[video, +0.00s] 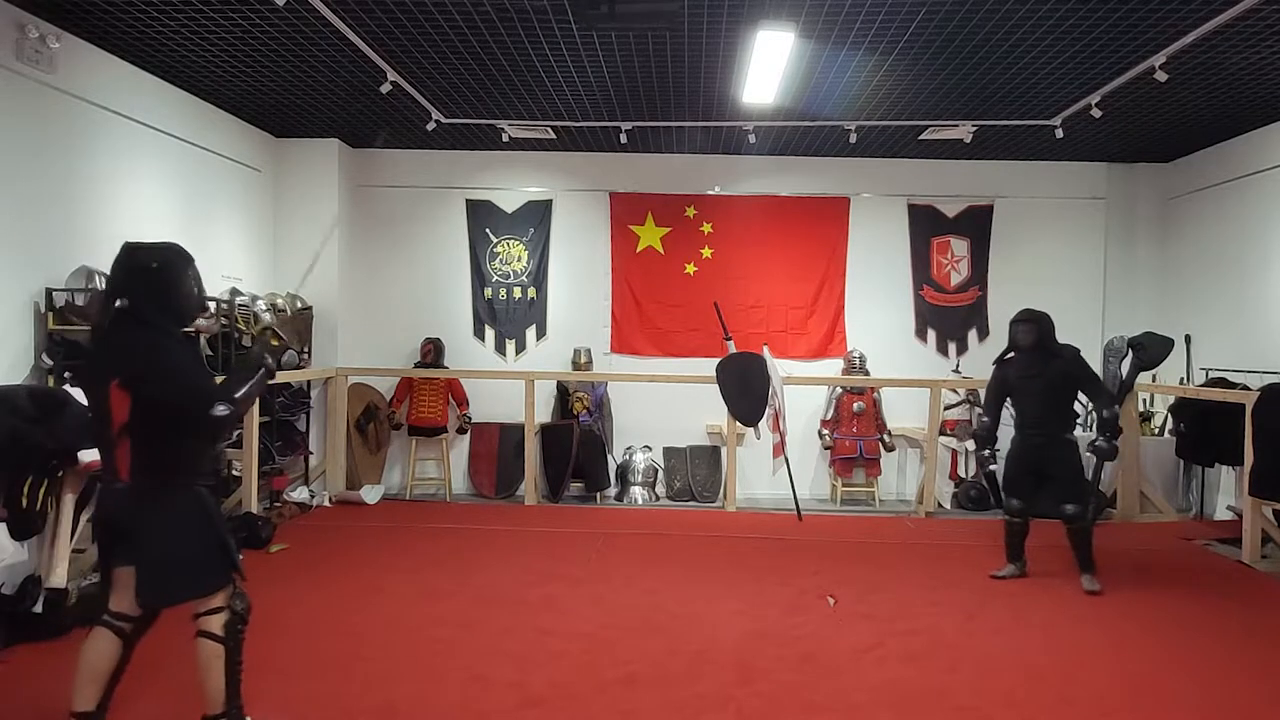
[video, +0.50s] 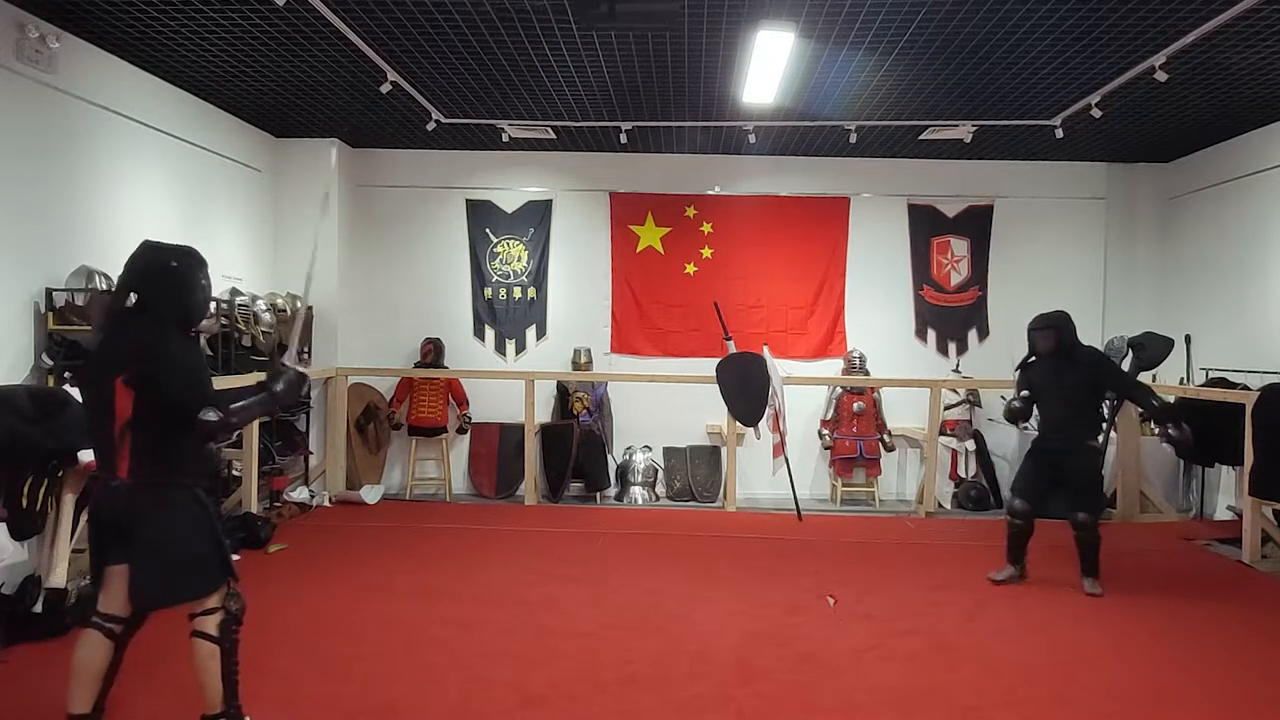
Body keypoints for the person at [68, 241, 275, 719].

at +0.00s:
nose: (198, 291)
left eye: (196, 280)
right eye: (191, 281)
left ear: (131, 287)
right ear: (166, 288)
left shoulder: (109, 339)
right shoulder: (167, 346)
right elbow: (210, 418)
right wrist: (255, 373)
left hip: (121, 497)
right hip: (174, 499)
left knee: (125, 610)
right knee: (222, 599)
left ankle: (84, 712)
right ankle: (223, 713)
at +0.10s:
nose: (211, 304)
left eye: (210, 293)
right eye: (205, 293)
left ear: (147, 289)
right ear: (183, 294)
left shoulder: (118, 341)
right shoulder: (174, 349)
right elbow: (205, 420)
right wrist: (247, 367)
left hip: (123, 498)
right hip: (177, 500)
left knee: (124, 611)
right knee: (223, 601)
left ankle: (83, 712)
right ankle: (223, 713)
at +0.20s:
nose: (215, 310)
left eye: (215, 299)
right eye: (210, 298)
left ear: (154, 293)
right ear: (185, 297)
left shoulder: (119, 340)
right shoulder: (176, 350)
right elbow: (211, 411)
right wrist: (244, 361)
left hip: (122, 498)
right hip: (176, 499)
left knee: (122, 612)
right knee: (224, 603)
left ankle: (82, 712)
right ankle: (224, 713)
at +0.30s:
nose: (215, 311)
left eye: (215, 299)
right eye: (211, 299)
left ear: (153, 291)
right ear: (186, 297)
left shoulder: (115, 343)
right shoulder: (177, 351)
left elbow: (100, 422)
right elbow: (216, 413)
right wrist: (248, 365)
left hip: (118, 498)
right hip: (175, 499)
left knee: (117, 611)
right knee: (220, 601)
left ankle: (81, 713)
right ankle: (222, 713)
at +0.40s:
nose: (212, 309)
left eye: (212, 298)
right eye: (207, 297)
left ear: (151, 290)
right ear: (184, 296)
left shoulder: (115, 342)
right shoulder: (177, 351)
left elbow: (101, 425)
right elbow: (209, 419)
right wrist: (252, 374)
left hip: (117, 498)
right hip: (174, 500)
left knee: (114, 611)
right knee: (219, 600)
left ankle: (81, 713)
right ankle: (222, 712)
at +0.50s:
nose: (209, 294)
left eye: (207, 283)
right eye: (202, 283)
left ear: (145, 287)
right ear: (178, 290)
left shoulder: (114, 338)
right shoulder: (173, 346)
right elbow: (205, 421)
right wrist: (271, 398)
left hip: (116, 497)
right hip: (170, 498)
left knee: (112, 614)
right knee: (217, 602)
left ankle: (79, 712)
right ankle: (222, 711)